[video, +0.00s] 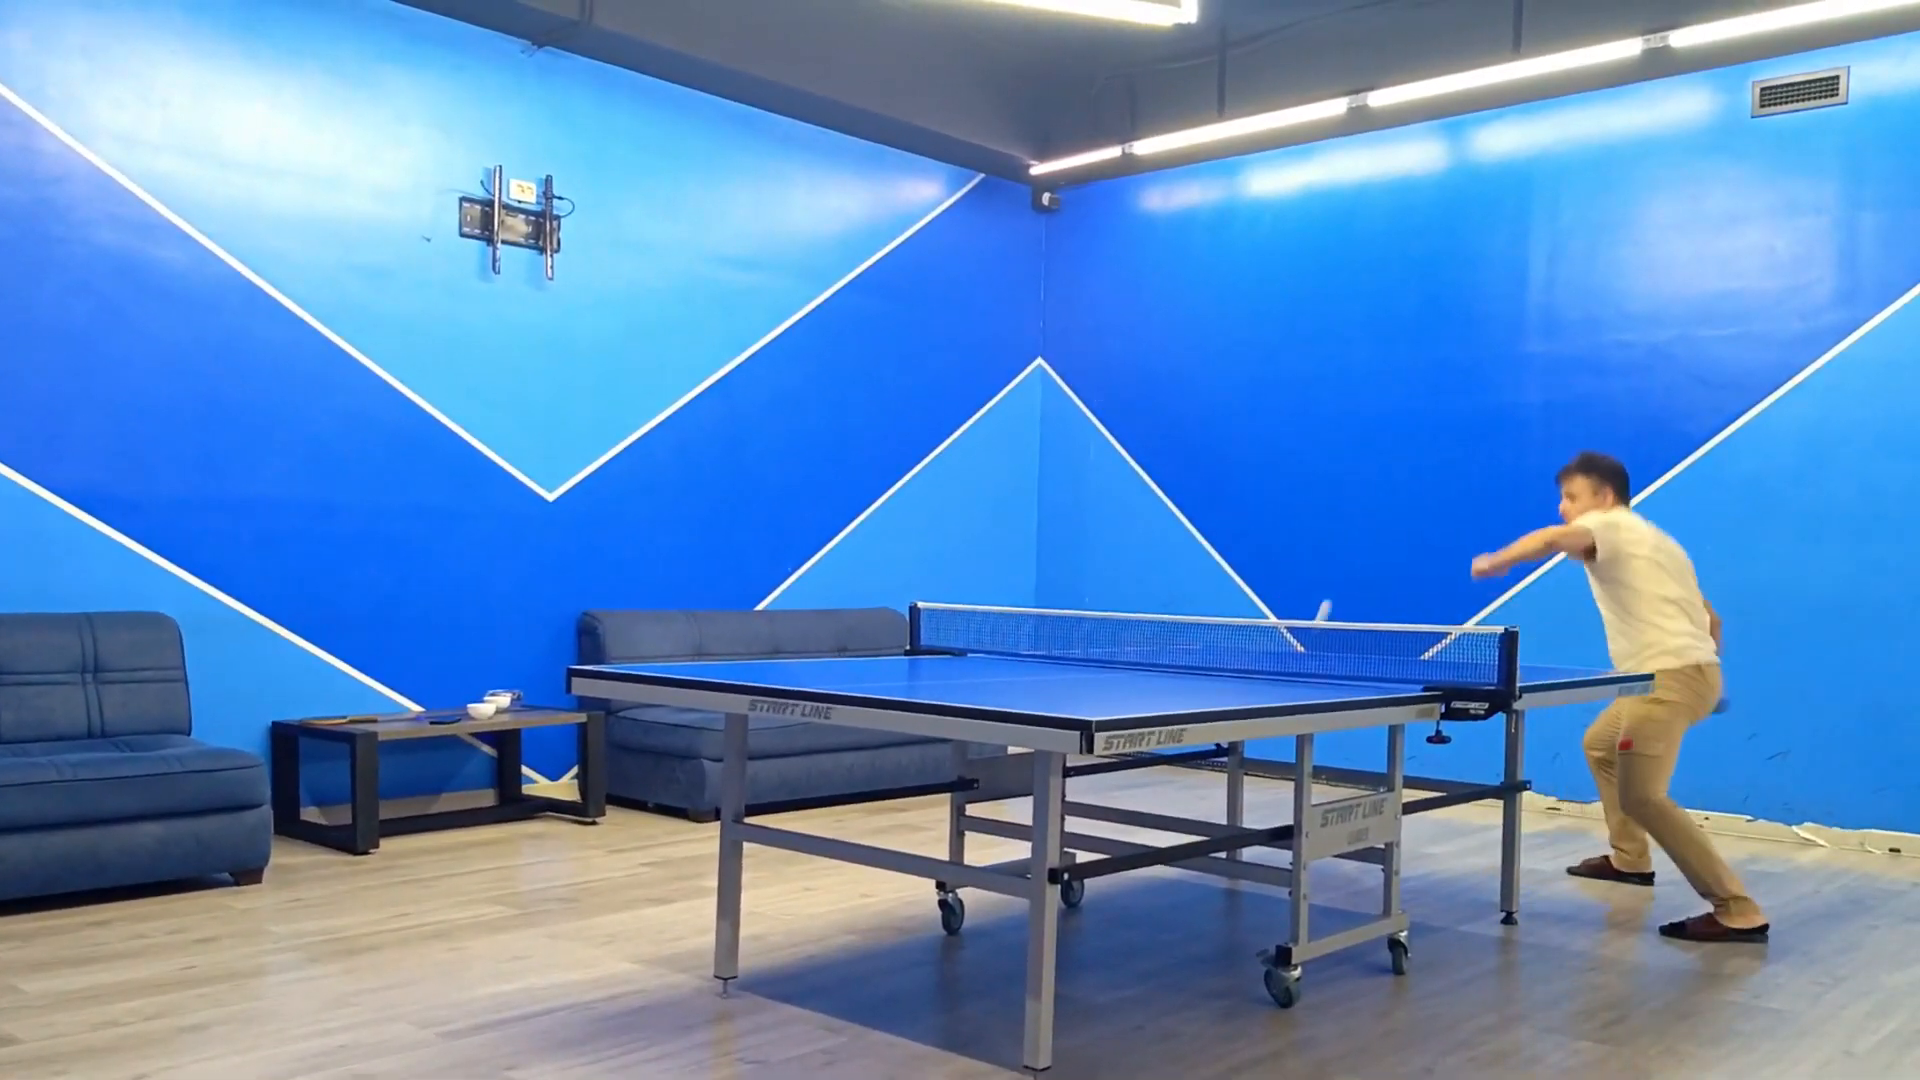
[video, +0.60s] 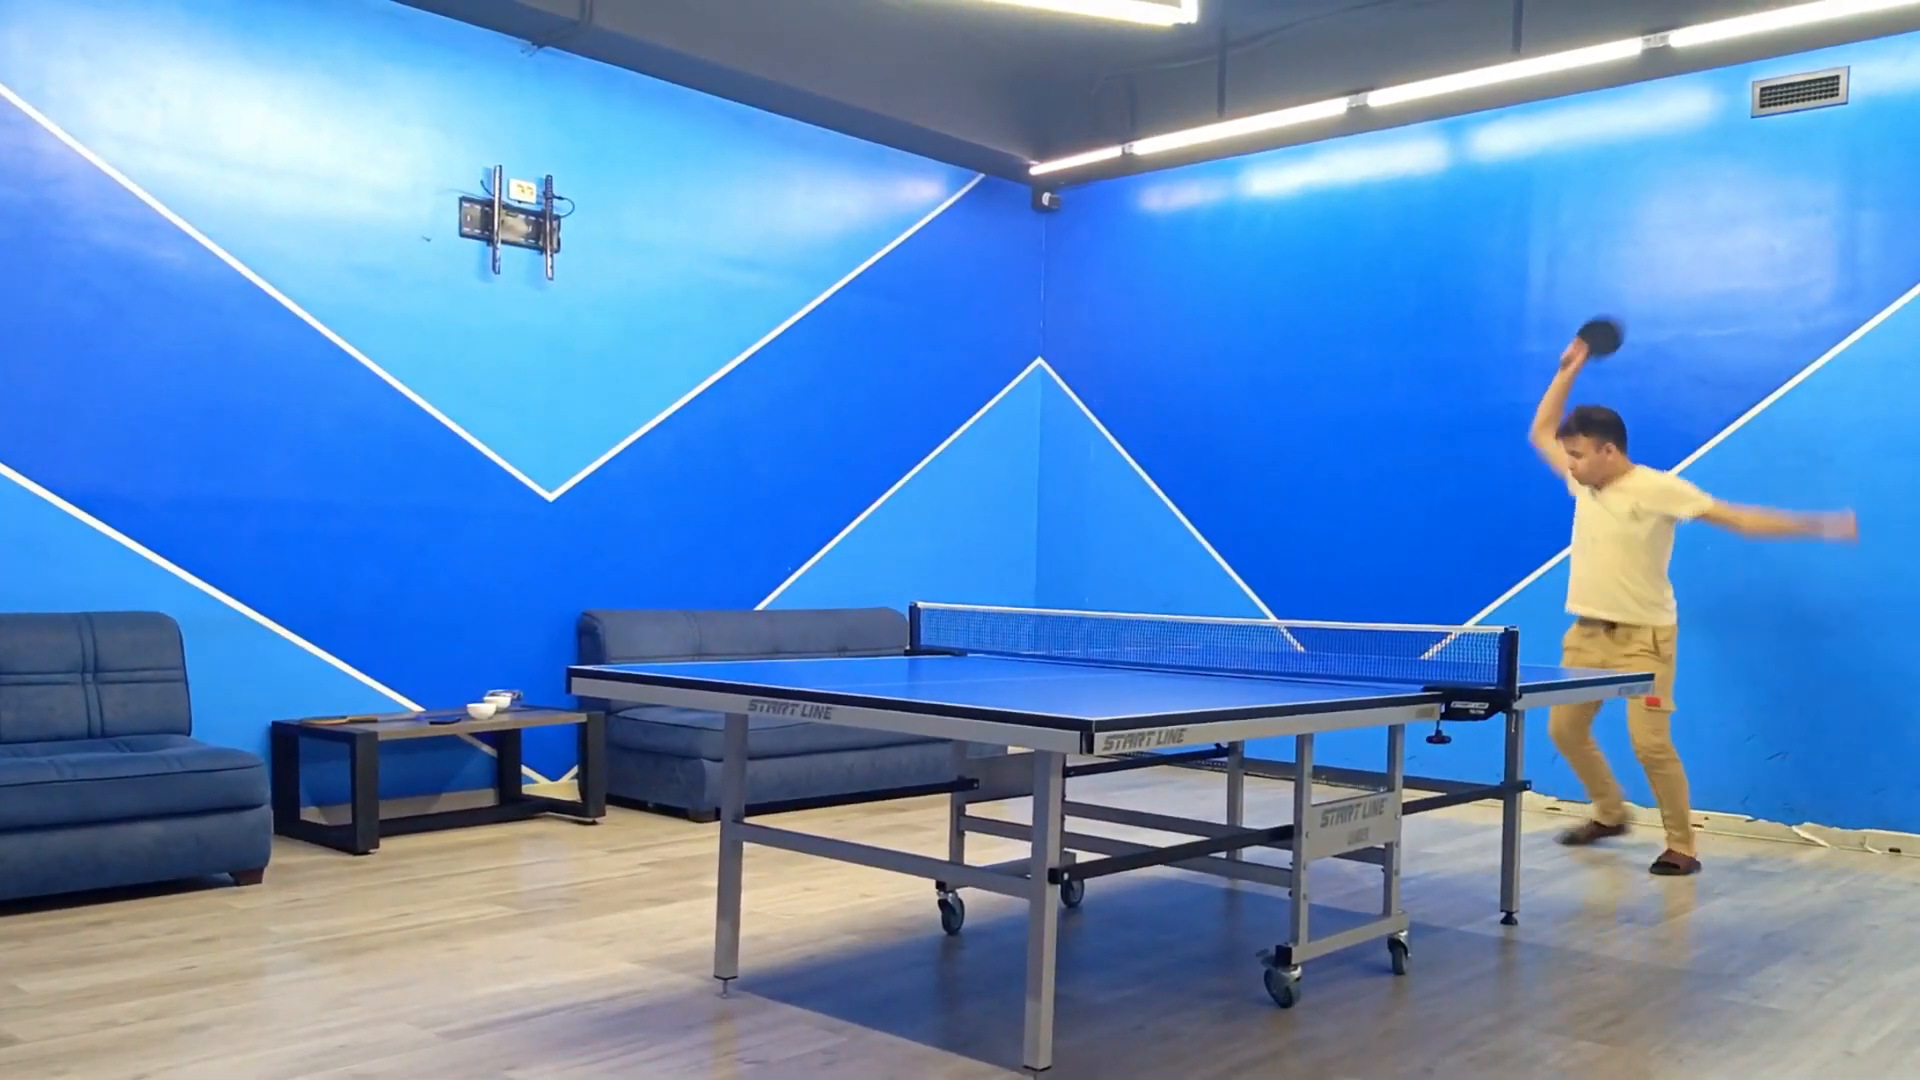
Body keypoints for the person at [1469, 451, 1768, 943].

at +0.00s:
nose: (1562, 508)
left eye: (1571, 497)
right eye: (1562, 498)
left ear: (1605, 496)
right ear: (1617, 502)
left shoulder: (1605, 524)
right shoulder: (1663, 543)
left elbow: (1550, 538)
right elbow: (1709, 620)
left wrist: (1497, 560)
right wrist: (1708, 682)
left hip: (1669, 671)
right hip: (1693, 670)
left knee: (1642, 797)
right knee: (1601, 745)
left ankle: (1738, 910)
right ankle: (1630, 860)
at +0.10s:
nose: (1563, 517)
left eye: (1570, 507)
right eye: (1563, 507)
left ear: (1601, 508)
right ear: (1610, 512)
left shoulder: (1610, 531)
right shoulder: (1642, 546)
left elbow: (1593, 554)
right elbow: (1681, 600)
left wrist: (1525, 583)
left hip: (1676, 672)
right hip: (1678, 672)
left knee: (1652, 795)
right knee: (1603, 744)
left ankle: (1738, 912)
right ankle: (1634, 860)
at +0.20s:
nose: (1558, 494)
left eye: (1565, 484)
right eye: (1560, 484)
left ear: (1591, 487)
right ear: (1593, 489)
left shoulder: (1613, 511)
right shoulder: (1606, 539)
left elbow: (1643, 527)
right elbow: (1612, 607)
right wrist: (1572, 618)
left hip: (1671, 645)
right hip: (1647, 654)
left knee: (1671, 761)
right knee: (1597, 741)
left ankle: (1724, 887)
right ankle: (1632, 858)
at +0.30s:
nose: (1560, 472)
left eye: (1567, 462)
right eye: (1561, 463)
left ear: (1596, 465)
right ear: (1592, 467)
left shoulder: (1627, 491)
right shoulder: (1590, 517)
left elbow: (1652, 497)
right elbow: (1528, 525)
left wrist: (1658, 478)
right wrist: (1467, 504)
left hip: (1664, 630)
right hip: (1640, 639)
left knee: (1656, 737)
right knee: (1599, 741)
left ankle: (1710, 859)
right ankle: (1633, 860)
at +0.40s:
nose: (1557, 457)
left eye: (1563, 447)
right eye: (1554, 449)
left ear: (1597, 441)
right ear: (1572, 450)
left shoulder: (1632, 468)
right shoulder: (1588, 478)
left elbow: (1687, 469)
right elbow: (1538, 431)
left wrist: (1718, 440)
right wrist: (1503, 377)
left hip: (1660, 616)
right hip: (1627, 622)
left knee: (1639, 726)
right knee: (1599, 731)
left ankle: (1710, 842)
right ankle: (1637, 845)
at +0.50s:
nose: (1560, 454)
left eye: (1565, 444)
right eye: (1557, 446)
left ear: (1598, 437)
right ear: (1584, 441)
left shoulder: (1645, 467)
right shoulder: (1589, 467)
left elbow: (1725, 476)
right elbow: (1559, 402)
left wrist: (1791, 459)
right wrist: (1572, 335)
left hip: (1653, 616)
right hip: (1608, 616)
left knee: (1639, 725)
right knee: (1586, 721)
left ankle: (1692, 841)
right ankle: (1642, 827)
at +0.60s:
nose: (1571, 465)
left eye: (1577, 455)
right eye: (1568, 457)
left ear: (1609, 449)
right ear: (1573, 456)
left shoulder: (1656, 488)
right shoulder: (1582, 484)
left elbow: (1737, 519)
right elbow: (1541, 433)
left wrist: (1816, 525)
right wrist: (1565, 373)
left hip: (1644, 635)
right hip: (1586, 632)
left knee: (1650, 744)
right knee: (1566, 732)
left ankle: (1681, 848)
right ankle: (1610, 812)